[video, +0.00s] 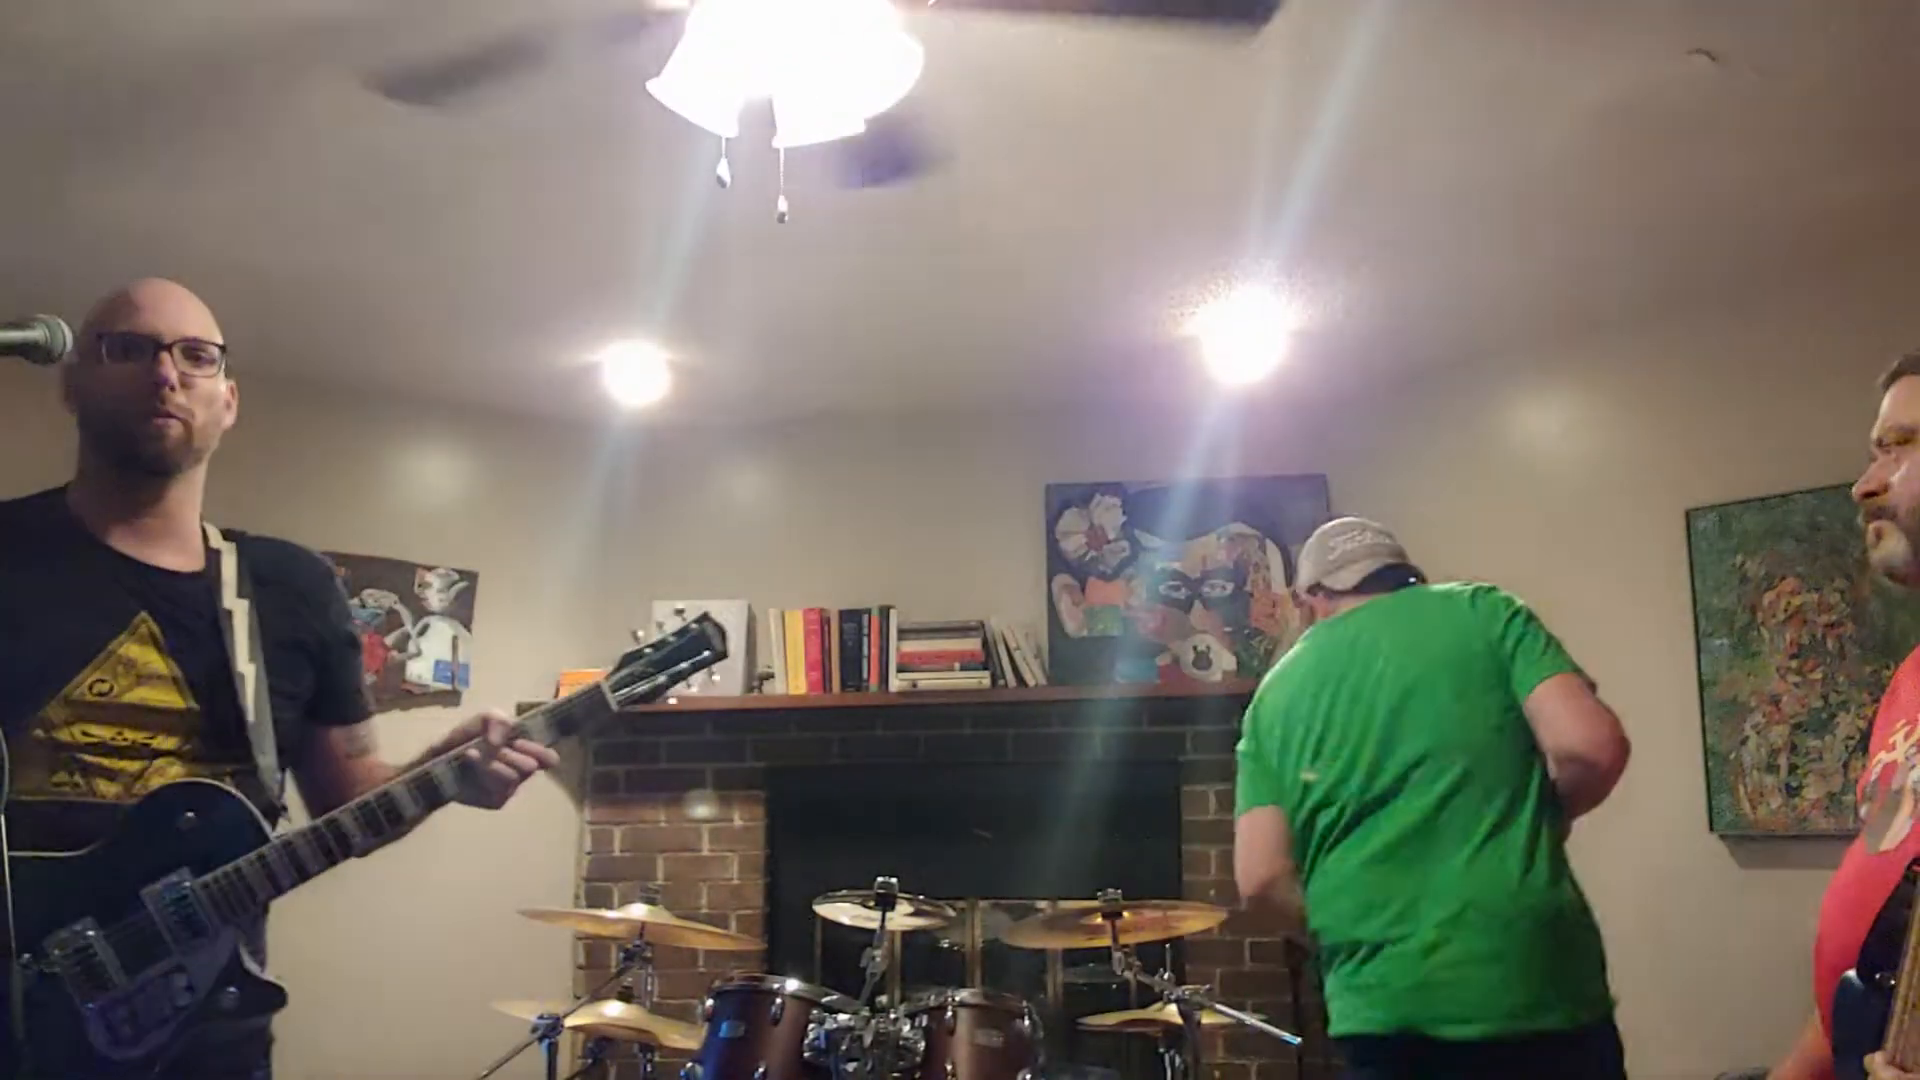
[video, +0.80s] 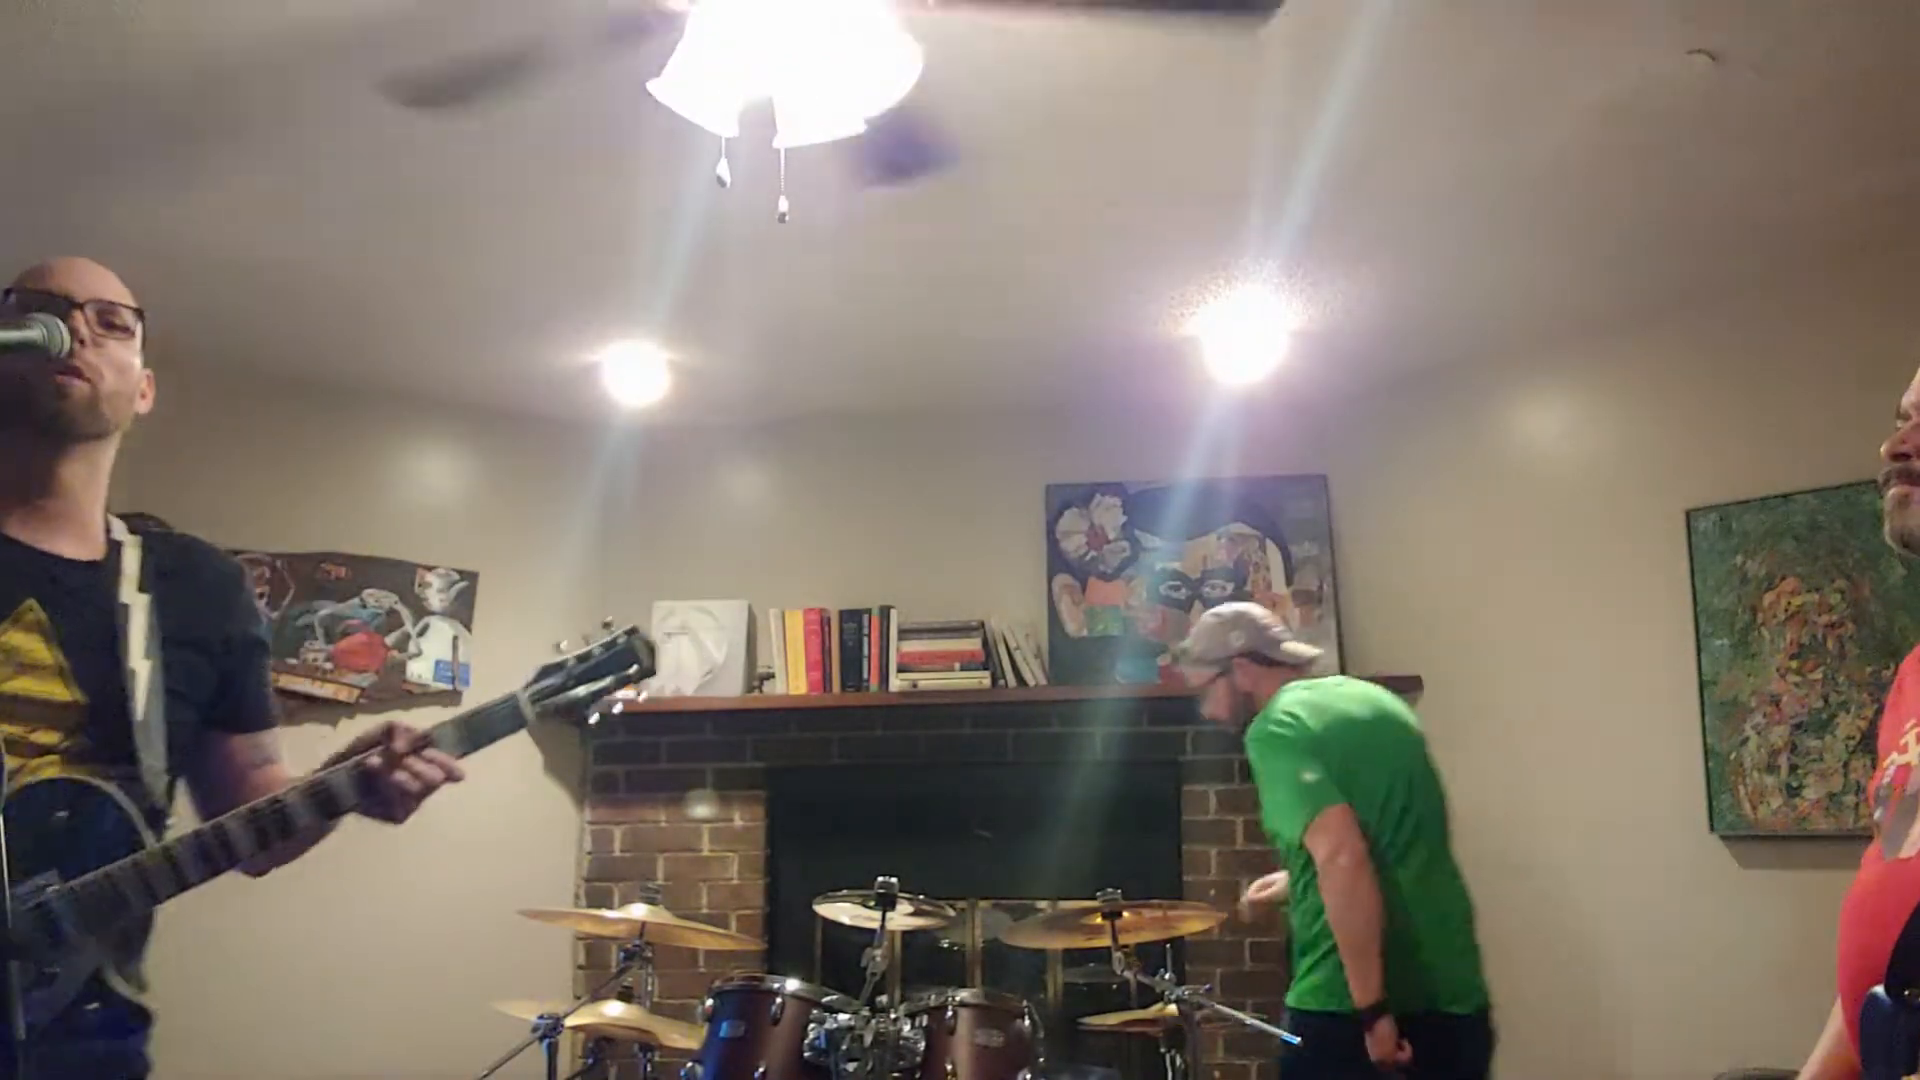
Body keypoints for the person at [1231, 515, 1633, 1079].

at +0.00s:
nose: (1305, 618)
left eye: (1303, 610)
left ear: (1314, 602)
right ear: (1411, 578)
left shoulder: (1276, 691)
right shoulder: (1484, 609)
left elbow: (1260, 878)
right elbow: (1592, 747)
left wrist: (1343, 923)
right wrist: (1539, 819)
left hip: (1382, 1005)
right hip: (1541, 988)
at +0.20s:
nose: (1336, 633)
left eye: (1333, 625)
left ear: (1347, 616)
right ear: (1434, 602)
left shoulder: (1311, 688)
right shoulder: (1528, 644)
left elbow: (1277, 841)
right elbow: (1637, 770)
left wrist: (1326, 948)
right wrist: (1570, 828)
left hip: (1412, 1014)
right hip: (1563, 1007)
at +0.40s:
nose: (1338, 675)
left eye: (1339, 661)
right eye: (1336, 664)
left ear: (1361, 647)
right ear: (1426, 640)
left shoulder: (1339, 713)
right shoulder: (1537, 699)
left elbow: (1334, 859)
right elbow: (1631, 846)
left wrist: (1321, 1017)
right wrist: (1552, 876)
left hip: (1416, 1027)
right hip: (1553, 1025)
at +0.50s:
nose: (1312, 670)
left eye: (1310, 655)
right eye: (1307, 658)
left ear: (1337, 636)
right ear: (1395, 628)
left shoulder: (1331, 697)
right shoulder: (1509, 684)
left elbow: (1346, 832)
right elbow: (1590, 831)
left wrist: (1343, 989)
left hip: (1425, 1007)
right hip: (1544, 1001)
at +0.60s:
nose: (1281, 677)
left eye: (1279, 657)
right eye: (1274, 661)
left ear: (1314, 637)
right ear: (1363, 629)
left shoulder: (1323, 698)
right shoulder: (1472, 681)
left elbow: (1357, 818)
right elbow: (1538, 827)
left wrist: (1361, 975)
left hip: (1402, 1009)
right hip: (1527, 1007)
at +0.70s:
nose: (1259, 692)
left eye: (1258, 670)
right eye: (1253, 674)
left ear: (1294, 652)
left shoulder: (1311, 710)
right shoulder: (1446, 690)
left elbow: (1360, 829)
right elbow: (1496, 826)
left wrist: (1369, 988)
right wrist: (1351, 844)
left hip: (1386, 1020)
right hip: (1504, 1009)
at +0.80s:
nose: (1207, 711)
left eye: (1206, 691)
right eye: (1200, 696)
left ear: (1242, 671)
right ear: (1249, 666)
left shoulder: (1276, 727)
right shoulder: (1378, 701)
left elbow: (1343, 857)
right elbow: (1398, 846)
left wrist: (1372, 1011)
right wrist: (1299, 881)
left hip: (1347, 1022)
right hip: (1451, 1011)